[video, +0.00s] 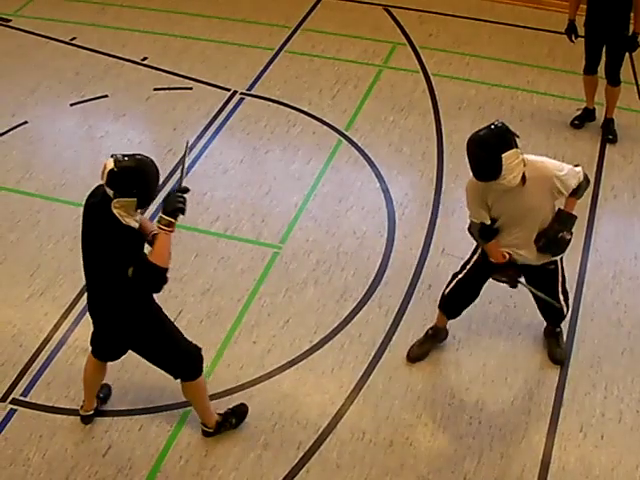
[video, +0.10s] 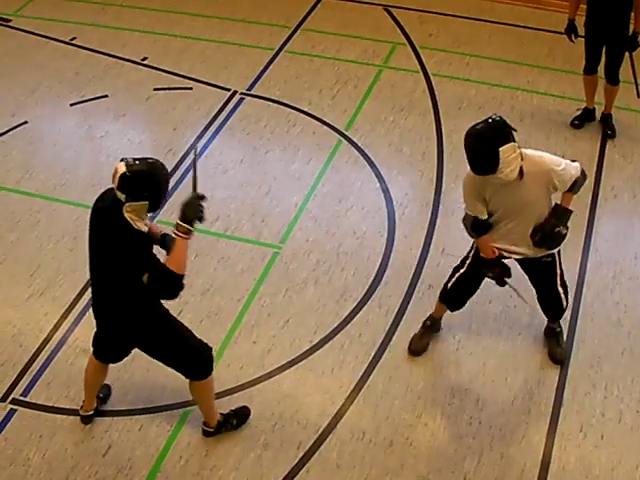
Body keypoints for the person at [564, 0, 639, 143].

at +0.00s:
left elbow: (636, 5)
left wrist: (635, 32)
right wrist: (571, 20)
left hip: (618, 28)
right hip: (594, 25)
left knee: (613, 75)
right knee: (589, 69)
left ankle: (609, 120)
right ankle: (589, 109)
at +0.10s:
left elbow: (636, 6)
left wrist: (635, 32)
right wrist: (571, 19)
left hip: (618, 28)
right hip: (594, 25)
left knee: (612, 74)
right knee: (589, 68)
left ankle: (607, 114)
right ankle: (589, 109)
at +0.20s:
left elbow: (637, 6)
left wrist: (636, 32)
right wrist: (571, 18)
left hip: (619, 27)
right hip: (594, 23)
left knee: (611, 72)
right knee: (590, 68)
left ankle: (606, 111)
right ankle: (589, 109)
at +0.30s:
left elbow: (637, 7)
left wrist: (636, 32)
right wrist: (571, 18)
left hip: (619, 27)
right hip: (595, 23)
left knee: (611, 71)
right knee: (590, 67)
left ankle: (607, 106)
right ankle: (589, 109)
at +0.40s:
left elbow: (638, 7)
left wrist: (635, 31)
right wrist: (572, 16)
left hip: (620, 25)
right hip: (596, 21)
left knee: (613, 69)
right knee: (591, 66)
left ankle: (609, 97)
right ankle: (589, 108)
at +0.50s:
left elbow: (638, 8)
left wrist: (636, 30)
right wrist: (574, 15)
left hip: (621, 24)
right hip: (597, 21)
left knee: (614, 66)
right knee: (592, 64)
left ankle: (611, 94)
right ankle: (589, 109)